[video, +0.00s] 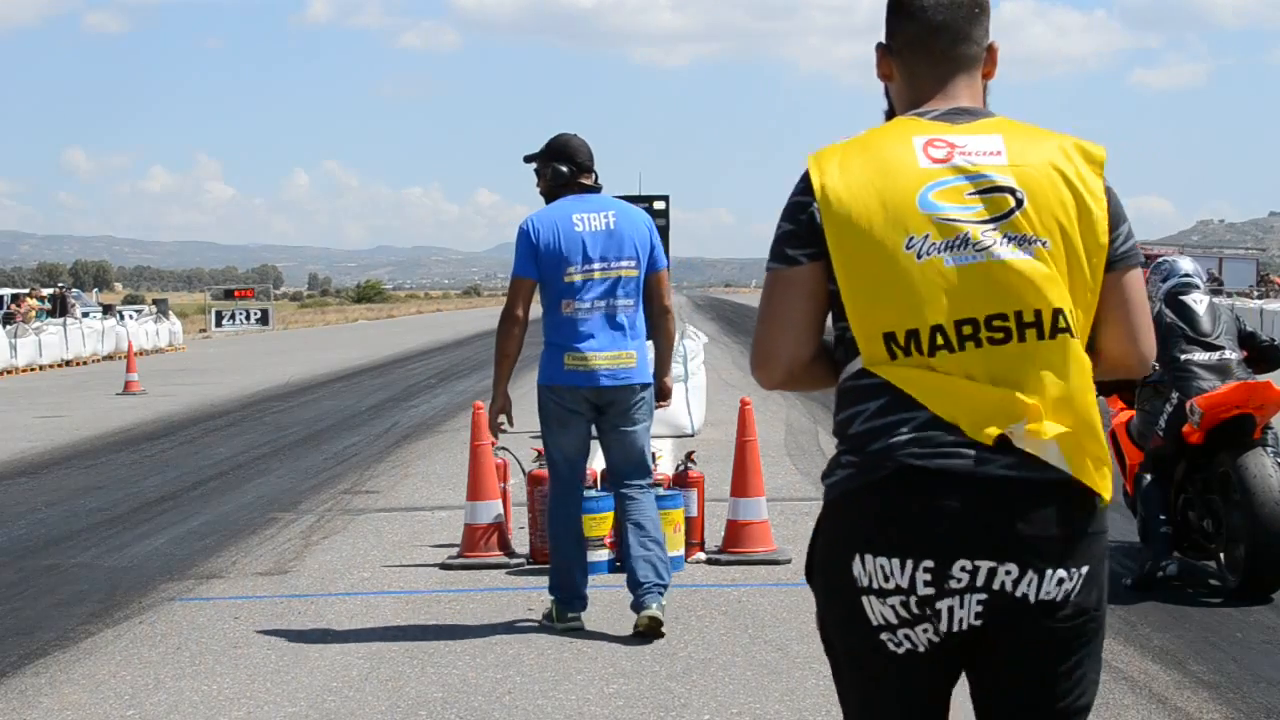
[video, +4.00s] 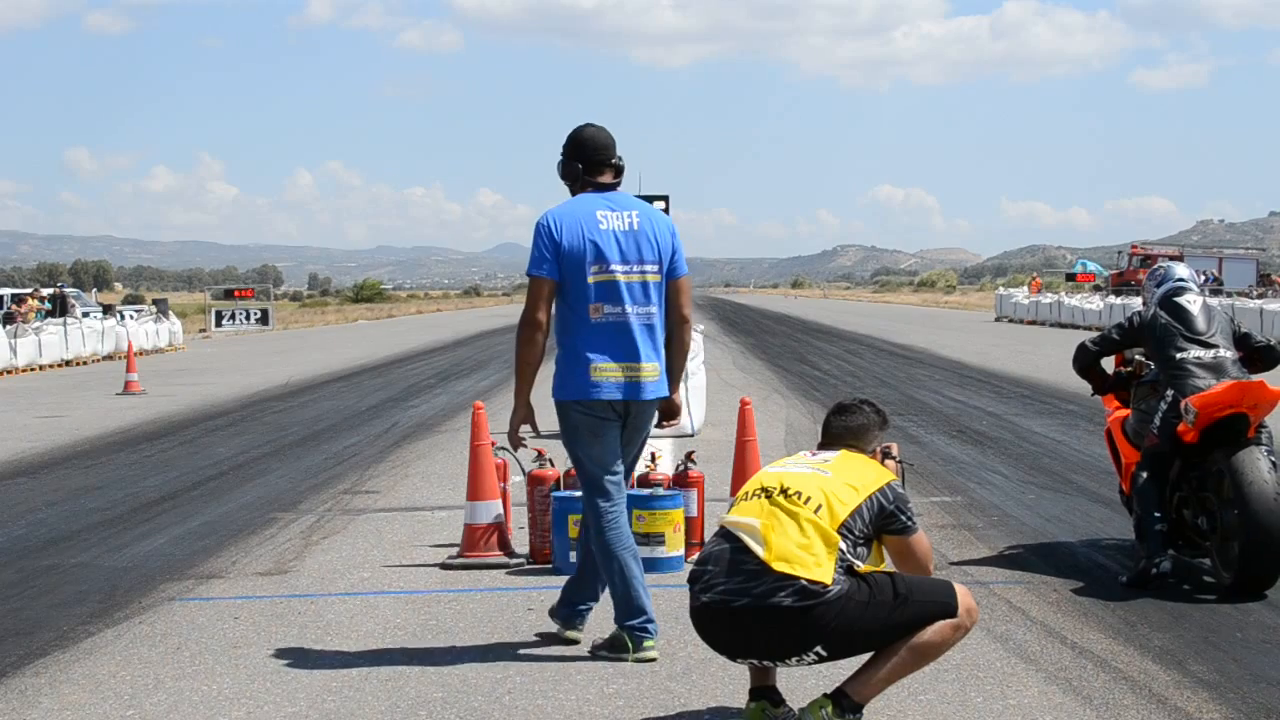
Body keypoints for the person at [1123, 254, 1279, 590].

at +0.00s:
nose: (1150, 285)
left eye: (1153, 280)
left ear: (1160, 281)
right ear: (1199, 279)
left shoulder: (1154, 314)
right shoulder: (1225, 312)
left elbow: (1139, 358)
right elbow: (1269, 350)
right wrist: (1239, 368)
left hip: (1183, 396)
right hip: (1234, 389)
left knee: (1151, 470)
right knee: (1264, 436)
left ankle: (1158, 554)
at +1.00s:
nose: (1150, 296)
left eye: (1152, 290)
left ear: (1159, 289)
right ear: (1199, 284)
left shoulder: (1150, 319)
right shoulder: (1225, 315)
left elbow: (1088, 354)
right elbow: (1270, 347)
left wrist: (1109, 385)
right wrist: (1243, 369)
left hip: (1192, 397)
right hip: (1241, 388)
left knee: (1147, 471)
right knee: (1265, 442)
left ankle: (1159, 555)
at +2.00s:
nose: (1147, 297)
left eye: (1149, 291)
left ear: (1157, 289)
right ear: (1197, 284)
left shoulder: (1149, 319)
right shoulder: (1225, 314)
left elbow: (1088, 355)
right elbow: (1270, 348)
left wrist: (1110, 385)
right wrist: (1242, 366)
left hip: (1190, 397)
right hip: (1241, 388)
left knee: (1147, 474)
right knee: (1265, 441)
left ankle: (1156, 554)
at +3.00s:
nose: (1144, 298)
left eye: (1146, 292)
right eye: (1144, 292)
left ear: (1155, 289)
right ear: (1193, 285)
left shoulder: (1147, 320)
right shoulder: (1222, 315)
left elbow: (1085, 357)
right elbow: (1271, 349)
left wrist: (1107, 385)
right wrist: (1241, 368)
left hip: (1189, 392)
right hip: (1239, 384)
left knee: (1150, 473)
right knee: (1265, 439)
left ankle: (1154, 561)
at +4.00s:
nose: (1144, 297)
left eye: (1146, 291)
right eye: (1145, 292)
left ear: (1155, 288)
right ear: (1193, 285)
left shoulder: (1148, 318)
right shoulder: (1222, 314)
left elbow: (1085, 354)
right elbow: (1269, 351)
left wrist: (1104, 383)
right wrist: (1235, 367)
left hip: (1186, 391)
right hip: (1235, 385)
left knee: (1148, 469)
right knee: (1262, 433)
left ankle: (1153, 555)